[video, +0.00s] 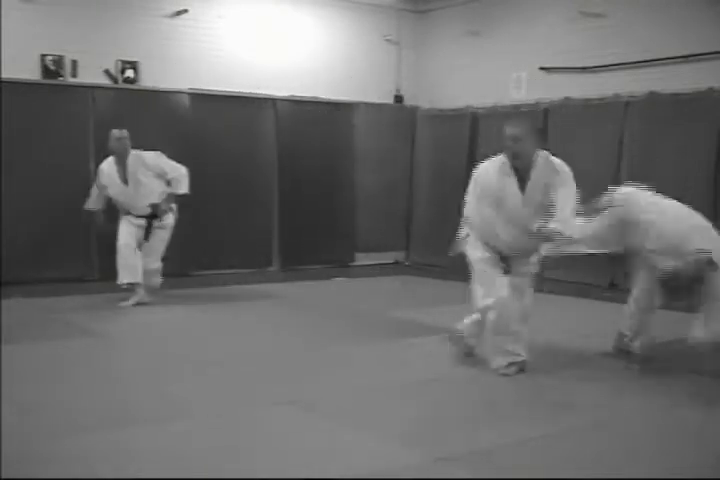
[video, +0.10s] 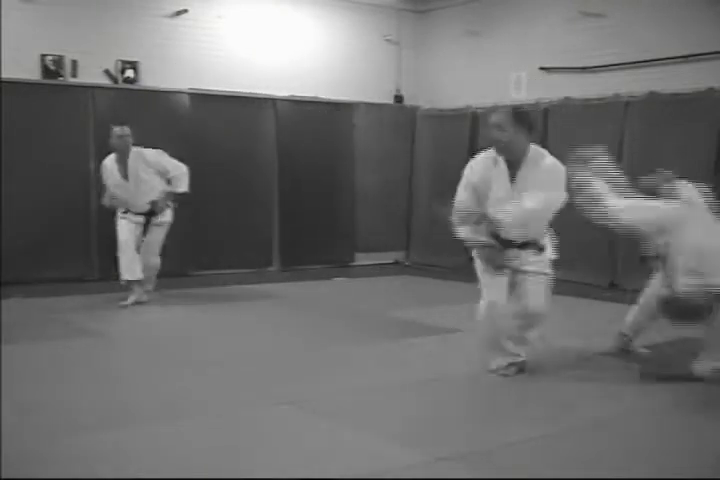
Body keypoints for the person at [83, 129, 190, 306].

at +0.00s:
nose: (122, 143)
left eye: (125, 139)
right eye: (117, 140)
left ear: (130, 142)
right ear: (110, 145)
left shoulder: (148, 159)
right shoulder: (106, 169)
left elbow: (180, 173)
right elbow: (98, 194)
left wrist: (168, 201)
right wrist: (97, 211)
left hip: (160, 213)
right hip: (131, 216)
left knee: (150, 259)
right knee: (125, 248)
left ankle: (153, 285)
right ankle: (139, 291)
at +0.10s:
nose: (123, 141)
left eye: (126, 137)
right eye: (119, 137)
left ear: (131, 139)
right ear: (111, 141)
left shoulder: (148, 157)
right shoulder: (108, 165)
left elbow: (180, 171)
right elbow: (110, 193)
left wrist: (169, 198)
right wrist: (110, 201)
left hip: (158, 209)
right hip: (129, 211)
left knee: (150, 252)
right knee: (125, 246)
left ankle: (148, 283)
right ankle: (136, 289)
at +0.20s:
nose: (123, 138)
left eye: (126, 134)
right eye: (119, 134)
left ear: (131, 137)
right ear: (111, 139)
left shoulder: (149, 153)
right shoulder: (108, 163)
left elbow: (178, 167)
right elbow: (111, 188)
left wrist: (166, 195)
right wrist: (116, 201)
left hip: (157, 209)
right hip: (128, 210)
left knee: (147, 253)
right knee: (120, 241)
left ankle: (147, 284)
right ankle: (125, 283)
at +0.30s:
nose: (123, 136)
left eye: (126, 131)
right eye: (118, 132)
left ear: (131, 134)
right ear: (110, 137)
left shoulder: (150, 149)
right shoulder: (105, 162)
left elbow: (176, 163)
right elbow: (105, 195)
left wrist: (167, 189)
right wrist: (108, 219)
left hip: (158, 206)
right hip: (130, 208)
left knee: (152, 249)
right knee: (118, 242)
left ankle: (148, 283)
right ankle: (117, 280)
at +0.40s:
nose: (122, 137)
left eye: (125, 132)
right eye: (118, 133)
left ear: (130, 134)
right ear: (109, 137)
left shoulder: (150, 150)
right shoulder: (103, 165)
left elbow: (175, 162)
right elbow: (90, 195)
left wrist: (167, 186)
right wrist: (90, 226)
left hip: (159, 205)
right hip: (130, 208)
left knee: (156, 250)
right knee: (119, 245)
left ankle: (151, 283)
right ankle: (108, 283)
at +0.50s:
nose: (130, 138)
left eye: (132, 134)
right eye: (125, 135)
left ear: (137, 135)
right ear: (115, 139)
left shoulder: (154, 152)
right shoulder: (107, 165)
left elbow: (178, 164)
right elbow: (94, 194)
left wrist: (167, 186)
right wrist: (93, 226)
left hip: (159, 207)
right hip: (129, 209)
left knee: (161, 248)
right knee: (115, 250)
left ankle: (161, 280)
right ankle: (110, 283)